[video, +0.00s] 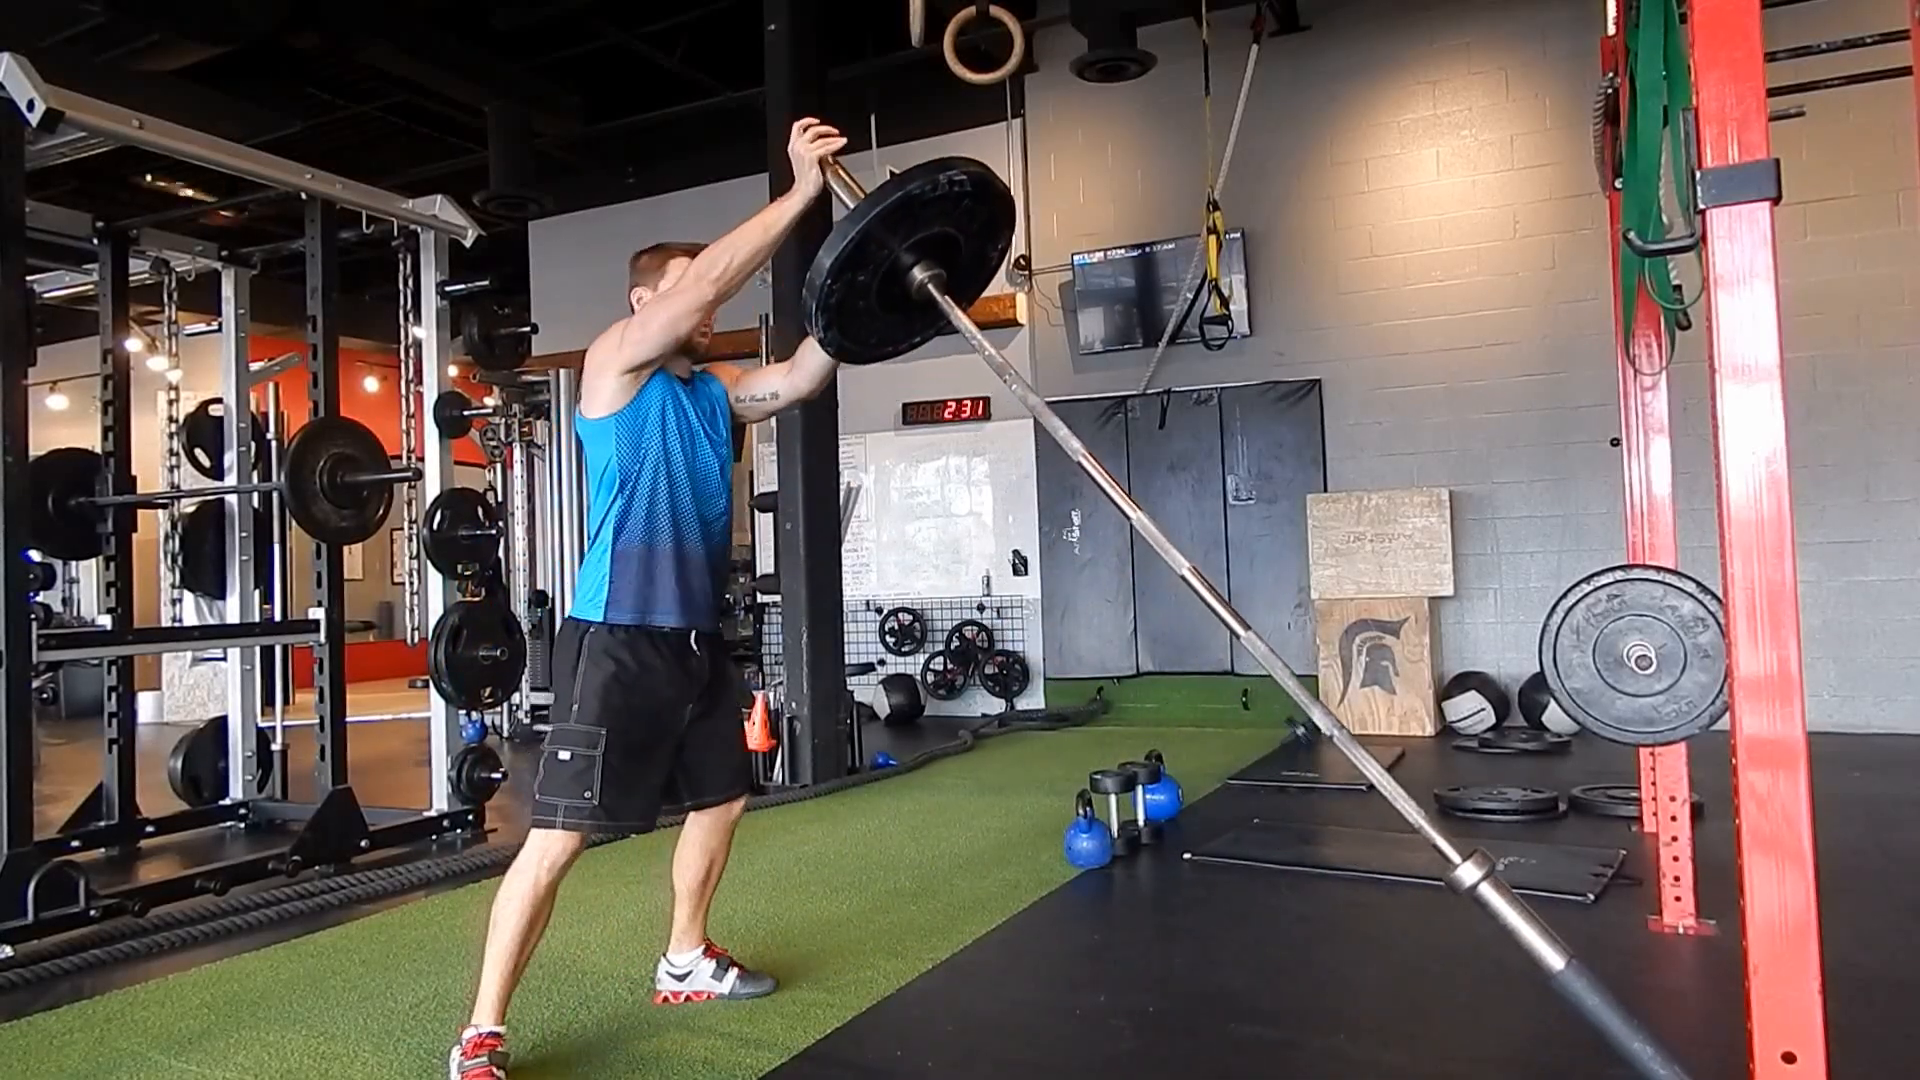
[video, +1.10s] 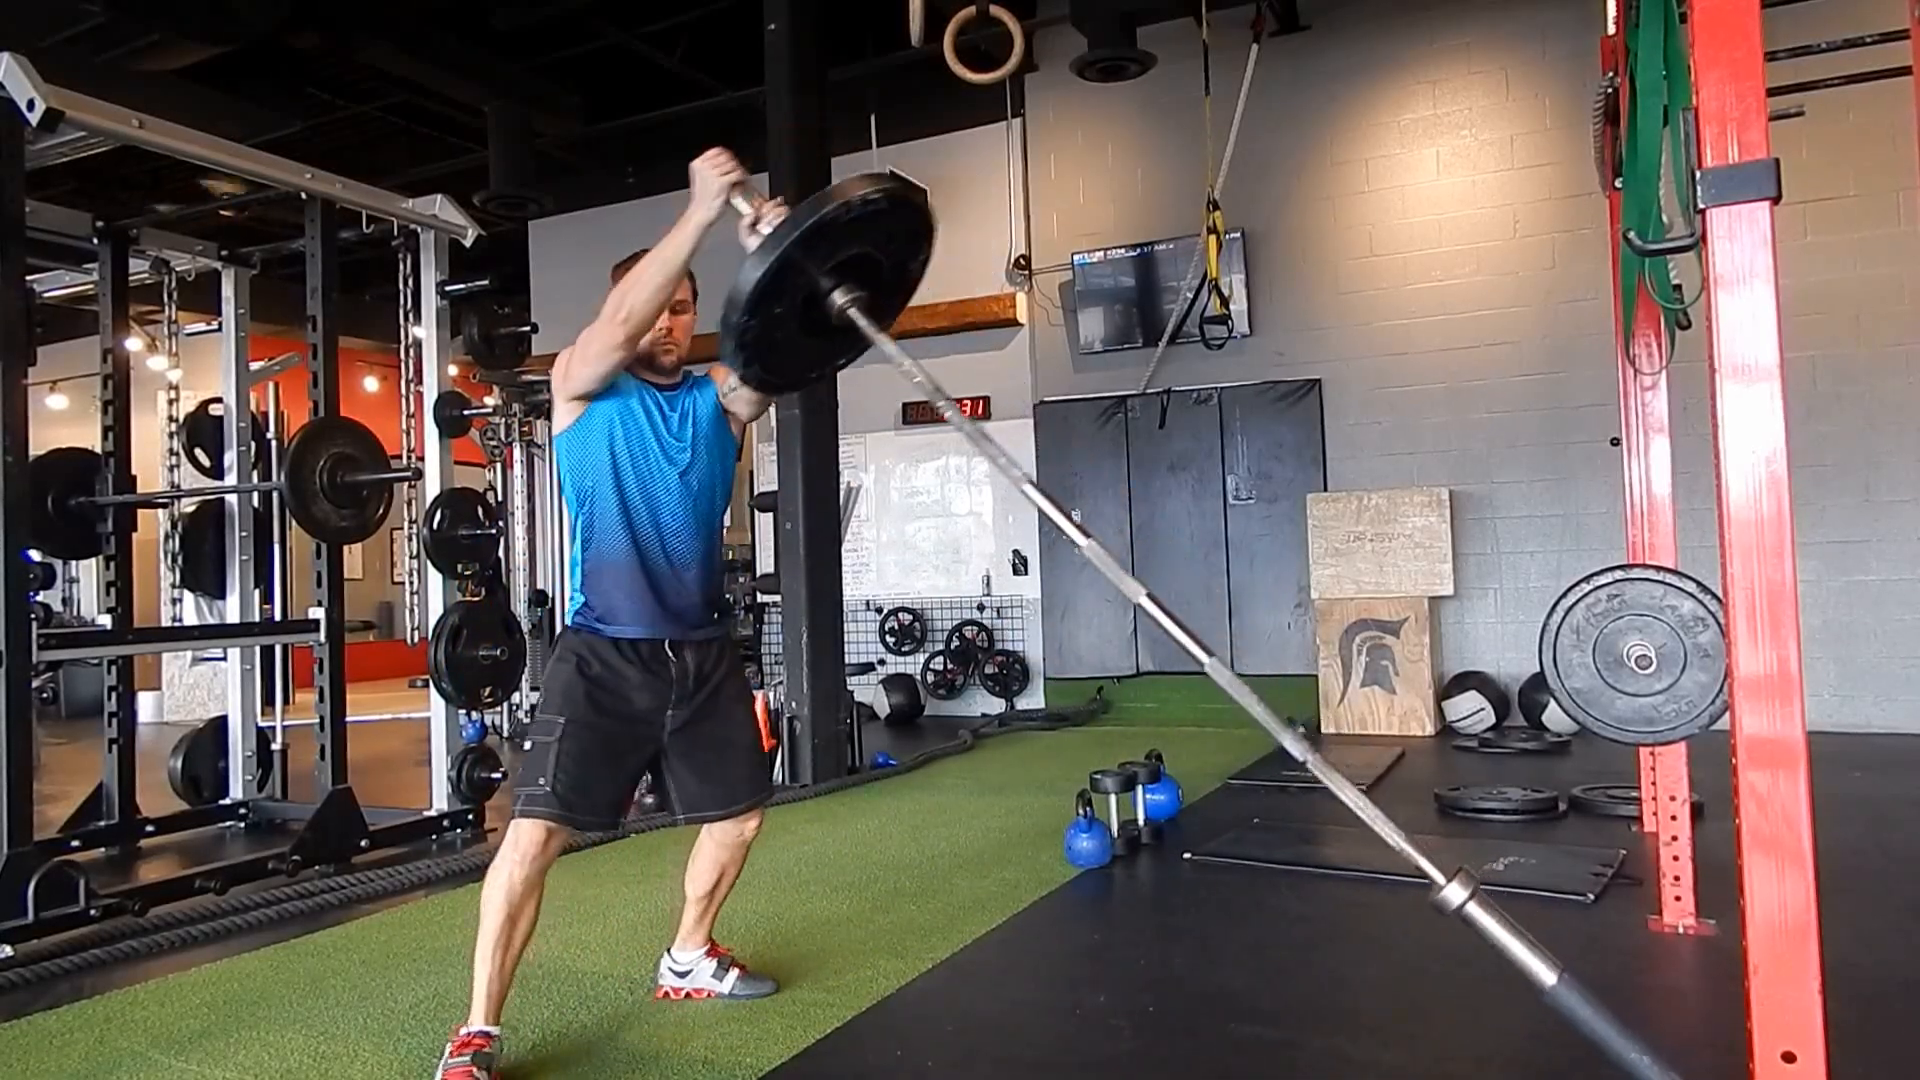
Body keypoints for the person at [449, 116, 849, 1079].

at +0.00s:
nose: (703, 291)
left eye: (704, 281)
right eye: (686, 282)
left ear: (698, 297)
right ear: (644, 293)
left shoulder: (720, 388)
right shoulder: (610, 364)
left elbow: (805, 370)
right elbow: (704, 281)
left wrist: (875, 284)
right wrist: (800, 192)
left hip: (699, 642)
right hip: (614, 639)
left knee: (719, 792)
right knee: (559, 834)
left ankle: (685, 960)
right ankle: (483, 1031)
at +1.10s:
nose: (671, 314)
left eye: (681, 301)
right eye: (655, 302)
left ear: (698, 318)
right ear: (622, 318)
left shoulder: (721, 399)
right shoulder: (580, 391)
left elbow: (794, 341)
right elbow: (621, 318)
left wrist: (783, 239)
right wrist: (698, 211)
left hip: (705, 659)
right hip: (601, 659)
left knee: (737, 808)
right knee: (536, 831)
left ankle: (687, 956)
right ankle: (479, 1026)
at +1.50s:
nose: (596, 352)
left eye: (613, 335)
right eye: (581, 336)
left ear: (646, 340)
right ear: (565, 341)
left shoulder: (680, 420)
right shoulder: (525, 429)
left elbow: (638, 507)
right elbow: (504, 528)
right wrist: (459, 494)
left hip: (659, 670)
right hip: (545, 675)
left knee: (715, 832)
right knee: (480, 836)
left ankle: (740, 932)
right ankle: (471, 1032)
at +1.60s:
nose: (574, 362)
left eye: (591, 345)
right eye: (559, 345)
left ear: (626, 348)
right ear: (545, 349)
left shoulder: (663, 431)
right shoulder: (515, 441)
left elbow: (626, 544)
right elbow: (490, 555)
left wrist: (512, 576)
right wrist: (440, 561)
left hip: (644, 674)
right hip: (534, 673)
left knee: (712, 843)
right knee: (468, 840)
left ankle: (753, 927)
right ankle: (469, 1034)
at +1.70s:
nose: (553, 372)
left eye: (571, 355)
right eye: (539, 357)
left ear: (609, 358)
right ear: (524, 365)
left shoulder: (646, 440)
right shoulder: (503, 459)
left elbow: (623, 562)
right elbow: (491, 579)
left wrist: (509, 651)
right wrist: (447, 634)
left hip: (644, 686)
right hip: (537, 685)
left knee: (710, 854)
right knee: (458, 839)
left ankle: (765, 921)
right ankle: (468, 1035)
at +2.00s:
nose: (531, 400)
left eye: (549, 381)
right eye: (515, 384)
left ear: (586, 385)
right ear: (501, 393)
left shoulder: (624, 474)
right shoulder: (493, 489)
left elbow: (619, 619)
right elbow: (510, 609)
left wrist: (534, 733)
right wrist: (483, 703)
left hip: (642, 700)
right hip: (539, 700)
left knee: (710, 883)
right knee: (439, 841)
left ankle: (768, 922)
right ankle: (469, 1038)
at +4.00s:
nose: (753, 413)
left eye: (752, 401)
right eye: (750, 401)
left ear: (681, 400)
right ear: (726, 399)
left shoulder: (628, 475)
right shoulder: (751, 458)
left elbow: (631, 586)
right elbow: (767, 584)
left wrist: (722, 649)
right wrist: (746, 643)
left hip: (613, 679)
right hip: (668, 688)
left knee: (736, 788)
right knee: (662, 895)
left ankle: (693, 959)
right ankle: (464, 1030)